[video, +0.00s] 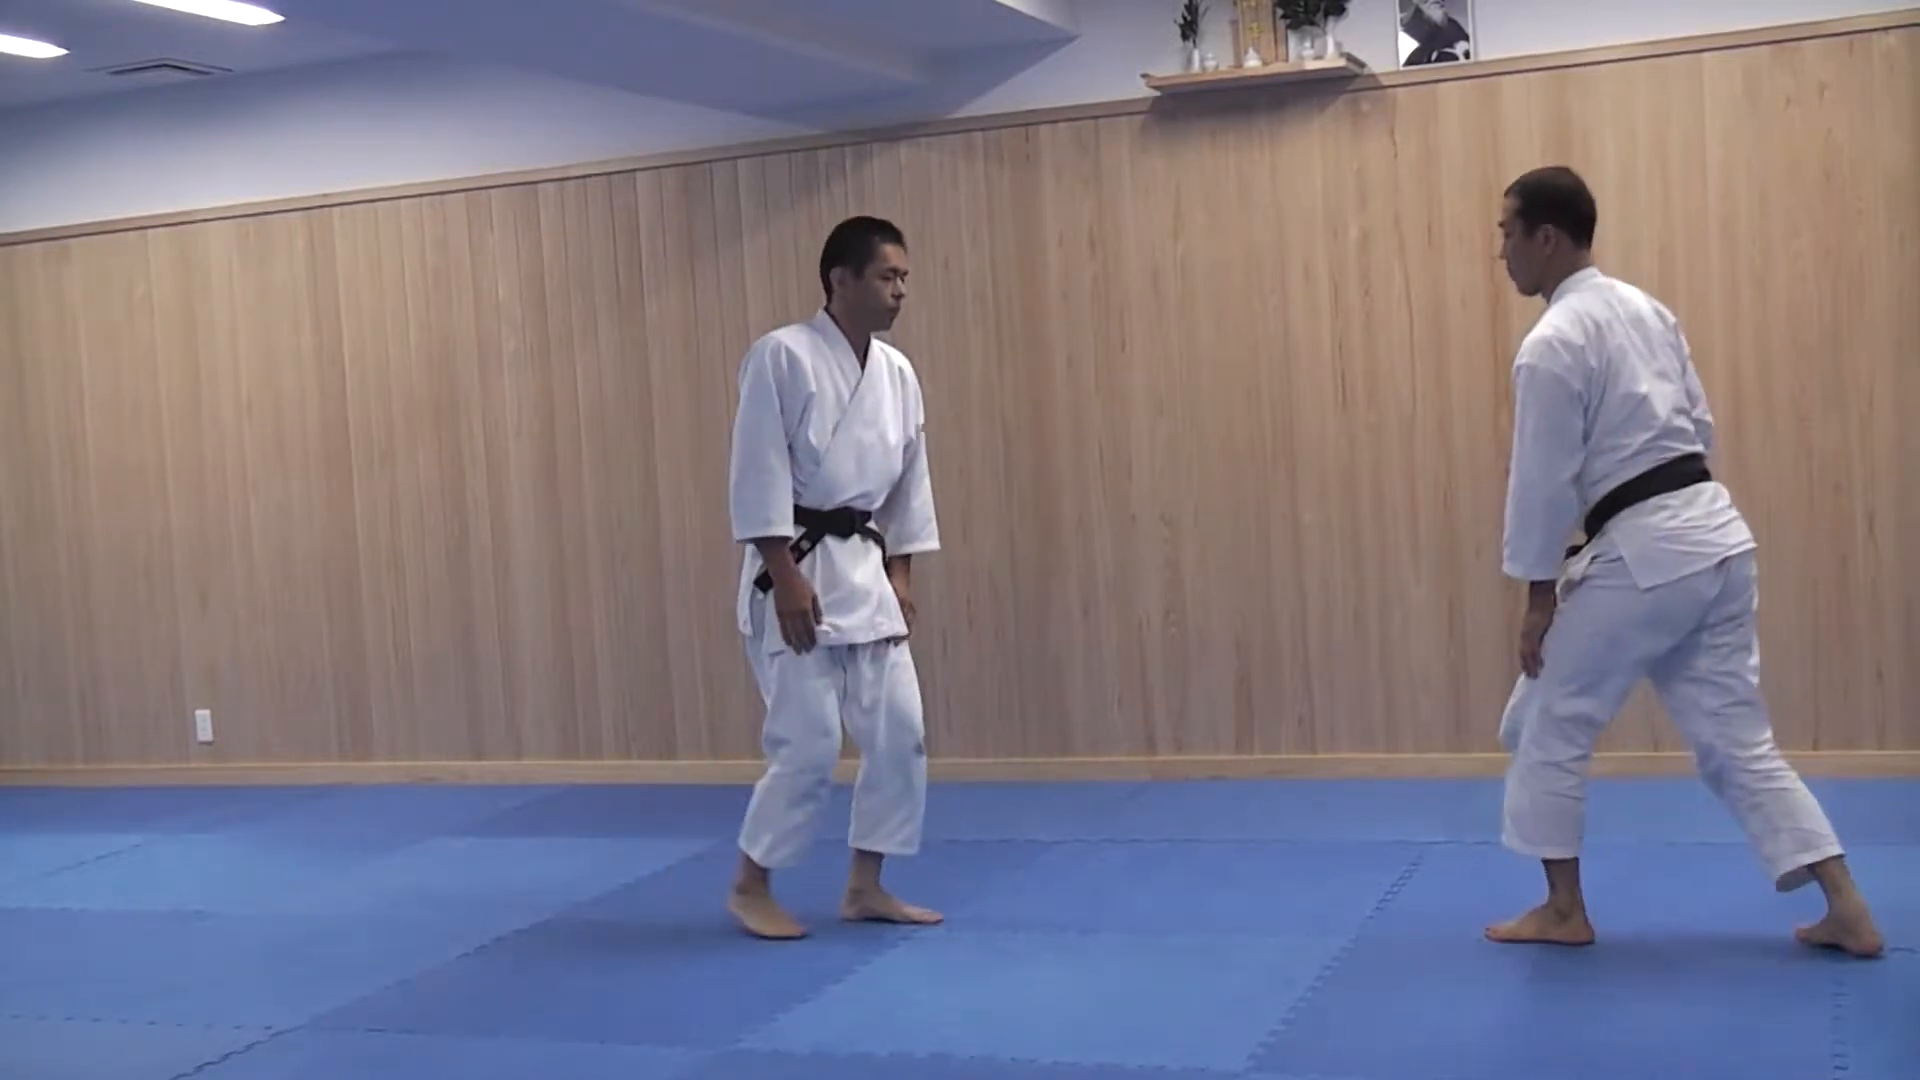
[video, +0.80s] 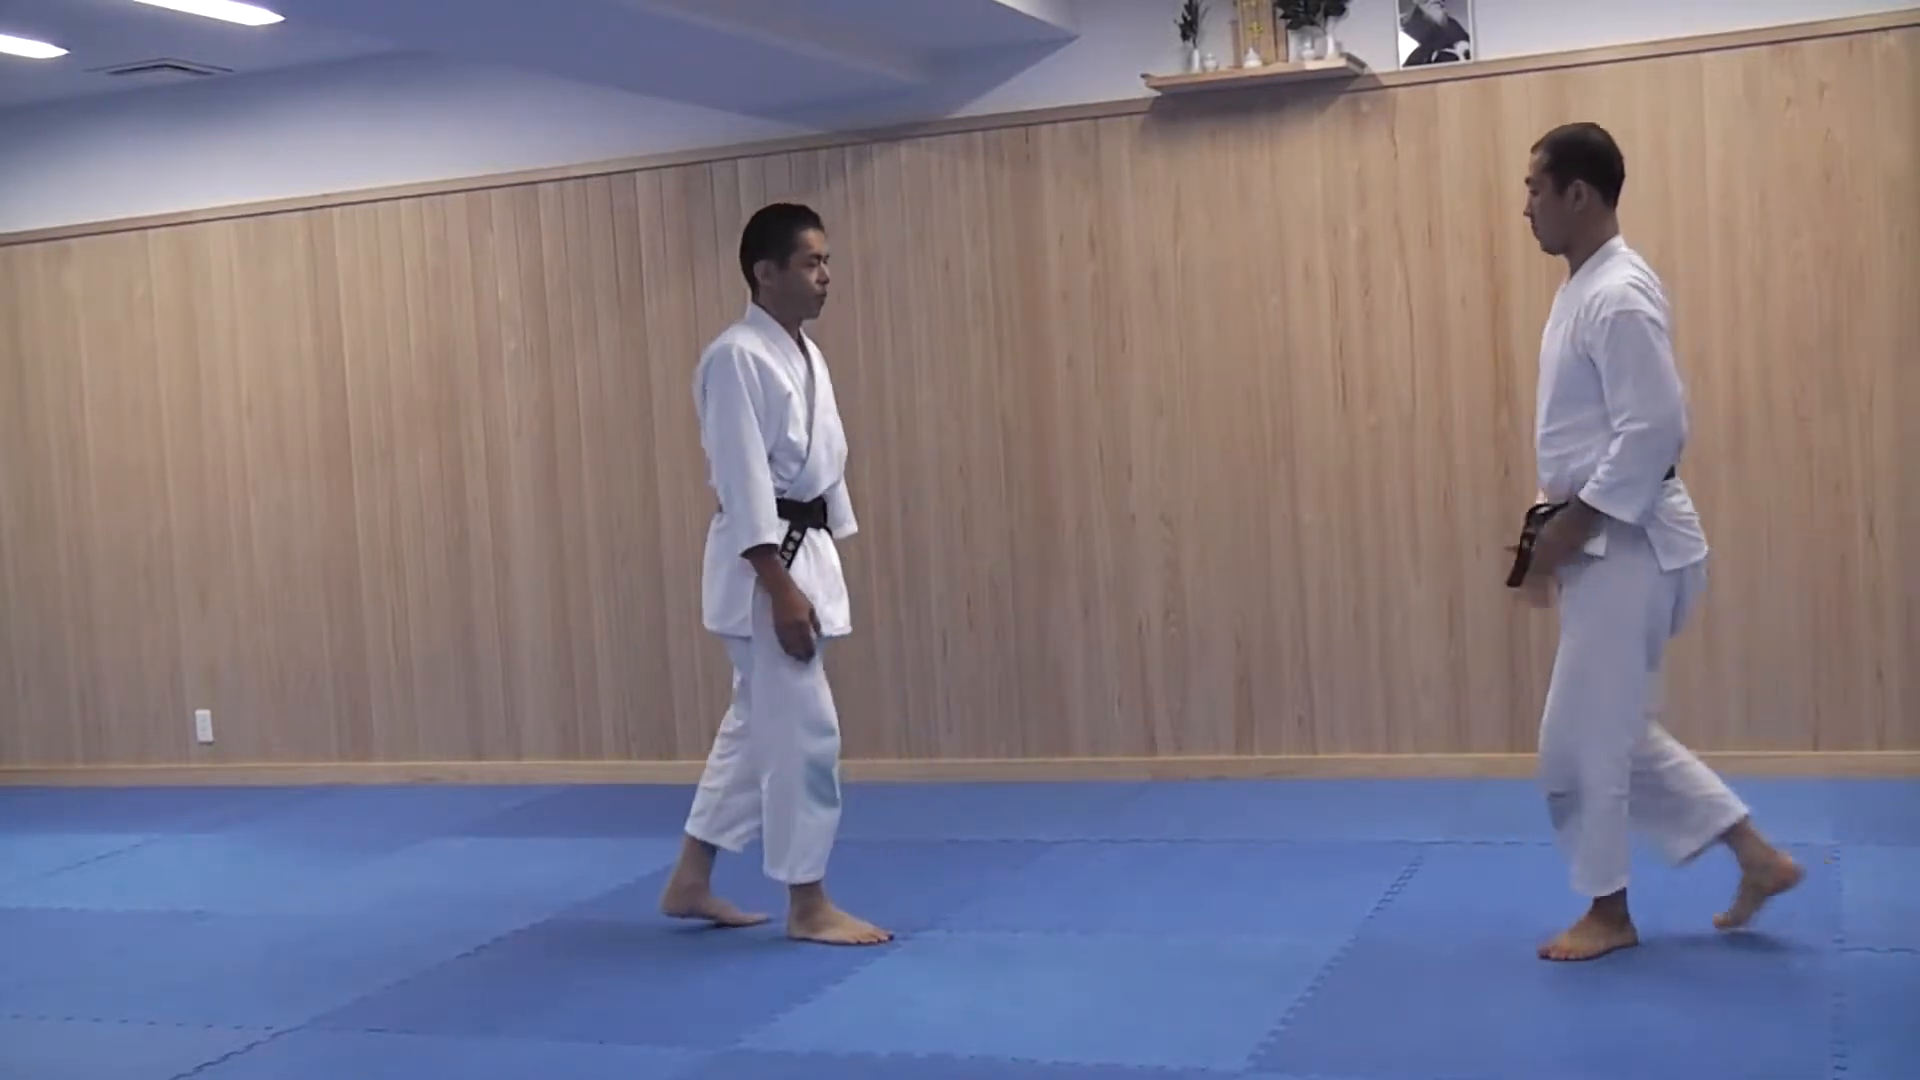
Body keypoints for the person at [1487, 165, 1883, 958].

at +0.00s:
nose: (1500, 250)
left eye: (1508, 233)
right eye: (1501, 233)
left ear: (1548, 237)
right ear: (1575, 238)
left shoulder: (1552, 341)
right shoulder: (1649, 309)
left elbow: (1543, 481)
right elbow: (1695, 429)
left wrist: (1538, 600)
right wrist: (1623, 524)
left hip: (1644, 552)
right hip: (1720, 536)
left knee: (1550, 718)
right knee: (1735, 737)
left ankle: (1563, 905)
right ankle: (1847, 909)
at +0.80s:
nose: (1525, 208)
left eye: (1534, 191)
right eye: (1526, 191)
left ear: (1582, 196)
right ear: (1584, 198)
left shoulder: (1618, 297)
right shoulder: (1590, 285)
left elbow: (1654, 429)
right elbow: (1602, 429)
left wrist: (1573, 524)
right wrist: (1555, 525)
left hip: (1630, 546)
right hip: (1611, 544)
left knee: (1581, 736)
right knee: (1608, 724)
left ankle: (1607, 914)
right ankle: (1758, 858)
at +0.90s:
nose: (1518, 204)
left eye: (1528, 187)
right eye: (1518, 188)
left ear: (1575, 192)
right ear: (1572, 194)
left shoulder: (1616, 291)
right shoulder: (1571, 287)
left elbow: (1655, 415)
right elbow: (1554, 423)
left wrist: (1572, 494)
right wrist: (1505, 506)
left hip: (1618, 545)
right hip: (1577, 543)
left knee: (1577, 729)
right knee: (1543, 723)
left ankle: (1611, 910)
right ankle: (1659, 872)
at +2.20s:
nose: (1369, 218)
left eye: (1378, 202)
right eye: (1369, 202)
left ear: (1424, 204)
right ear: (1418, 205)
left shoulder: (1486, 302)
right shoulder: (1394, 320)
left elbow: (1482, 426)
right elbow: (1331, 413)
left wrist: (1400, 492)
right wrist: (1227, 426)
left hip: (1507, 538)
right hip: (1441, 549)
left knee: (1550, 731)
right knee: (1399, 737)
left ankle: (1611, 908)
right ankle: (1384, 910)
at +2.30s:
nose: (1370, 219)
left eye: (1380, 203)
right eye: (1370, 203)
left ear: (1426, 204)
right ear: (1418, 206)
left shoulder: (1485, 304)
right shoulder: (1396, 320)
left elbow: (1470, 433)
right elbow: (1331, 413)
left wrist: (1396, 490)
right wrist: (1227, 427)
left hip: (1508, 539)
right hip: (1442, 549)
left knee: (1550, 731)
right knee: (1399, 735)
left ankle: (1611, 908)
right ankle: (1384, 910)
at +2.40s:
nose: (1371, 220)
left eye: (1380, 203)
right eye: (1371, 203)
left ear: (1426, 205)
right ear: (1420, 206)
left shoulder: (1484, 304)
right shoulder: (1398, 319)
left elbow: (1467, 435)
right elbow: (1334, 412)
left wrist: (1395, 489)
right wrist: (1229, 426)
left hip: (1507, 539)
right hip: (1442, 549)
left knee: (1550, 731)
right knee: (1399, 736)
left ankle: (1611, 908)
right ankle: (1384, 910)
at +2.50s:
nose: (1372, 220)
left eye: (1381, 203)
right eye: (1372, 203)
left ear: (1427, 205)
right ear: (1421, 207)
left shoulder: (1484, 304)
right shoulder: (1399, 320)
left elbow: (1469, 435)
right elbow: (1335, 412)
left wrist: (1397, 490)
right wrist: (1229, 427)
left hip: (1507, 539)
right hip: (1442, 548)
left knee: (1550, 731)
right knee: (1400, 735)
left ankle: (1611, 908)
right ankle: (1385, 909)